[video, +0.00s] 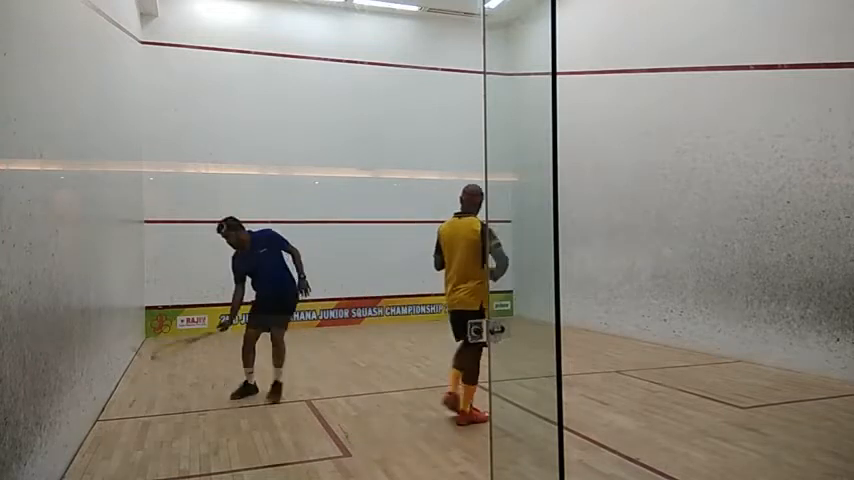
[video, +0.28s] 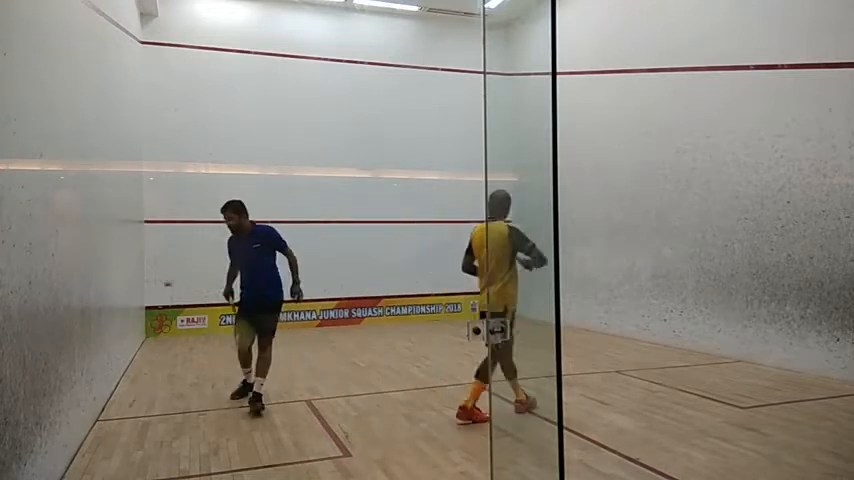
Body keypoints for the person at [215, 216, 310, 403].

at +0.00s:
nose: (228, 242)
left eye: (228, 236)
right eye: (225, 238)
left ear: (239, 231)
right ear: (230, 236)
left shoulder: (268, 237)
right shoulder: (238, 260)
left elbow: (294, 252)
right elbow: (239, 291)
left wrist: (302, 277)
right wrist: (230, 319)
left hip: (285, 293)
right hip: (263, 297)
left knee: (277, 337)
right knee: (249, 338)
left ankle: (277, 383)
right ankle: (249, 383)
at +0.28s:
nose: (228, 225)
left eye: (231, 220)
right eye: (226, 221)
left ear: (243, 216)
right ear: (228, 220)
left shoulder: (266, 233)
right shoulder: (233, 242)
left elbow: (290, 256)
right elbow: (234, 264)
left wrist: (296, 282)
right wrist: (228, 285)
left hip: (270, 297)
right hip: (248, 297)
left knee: (264, 345)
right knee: (242, 346)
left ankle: (257, 393)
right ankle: (248, 381)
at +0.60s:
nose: (245, 210)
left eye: (249, 206)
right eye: (244, 206)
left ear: (263, 207)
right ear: (244, 207)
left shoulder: (278, 231)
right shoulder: (245, 230)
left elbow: (285, 265)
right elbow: (245, 252)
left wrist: (270, 279)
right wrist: (226, 263)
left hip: (269, 297)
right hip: (244, 294)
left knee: (264, 346)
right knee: (229, 345)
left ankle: (257, 396)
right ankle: (237, 382)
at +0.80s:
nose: (260, 206)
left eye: (265, 203)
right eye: (259, 202)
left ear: (277, 207)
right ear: (258, 204)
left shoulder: (287, 234)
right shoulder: (249, 228)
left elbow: (278, 264)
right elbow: (240, 256)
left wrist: (258, 245)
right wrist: (220, 277)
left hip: (269, 301)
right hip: (243, 299)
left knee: (265, 349)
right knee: (238, 348)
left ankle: (258, 399)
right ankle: (232, 403)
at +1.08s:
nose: (277, 206)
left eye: (281, 203)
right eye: (273, 202)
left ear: (287, 207)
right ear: (264, 204)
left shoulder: (293, 236)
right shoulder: (249, 230)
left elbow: (292, 270)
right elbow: (228, 256)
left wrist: (287, 258)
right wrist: (195, 265)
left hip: (276, 301)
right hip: (250, 299)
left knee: (266, 352)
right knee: (256, 351)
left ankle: (257, 398)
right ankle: (259, 406)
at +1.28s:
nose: (284, 203)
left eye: (287, 200)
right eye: (279, 199)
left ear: (290, 205)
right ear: (267, 202)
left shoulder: (296, 233)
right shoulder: (252, 231)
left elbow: (299, 264)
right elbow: (223, 256)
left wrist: (301, 285)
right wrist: (190, 253)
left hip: (286, 306)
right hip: (259, 306)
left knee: (281, 361)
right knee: (260, 358)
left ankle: (259, 392)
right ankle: (264, 416)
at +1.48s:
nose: (295, 202)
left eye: (296, 198)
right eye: (290, 198)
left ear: (296, 201)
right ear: (275, 202)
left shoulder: (302, 231)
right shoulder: (258, 230)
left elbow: (311, 265)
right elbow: (230, 254)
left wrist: (330, 296)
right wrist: (209, 244)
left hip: (296, 306)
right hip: (267, 307)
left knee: (308, 350)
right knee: (264, 357)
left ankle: (279, 393)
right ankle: (264, 416)